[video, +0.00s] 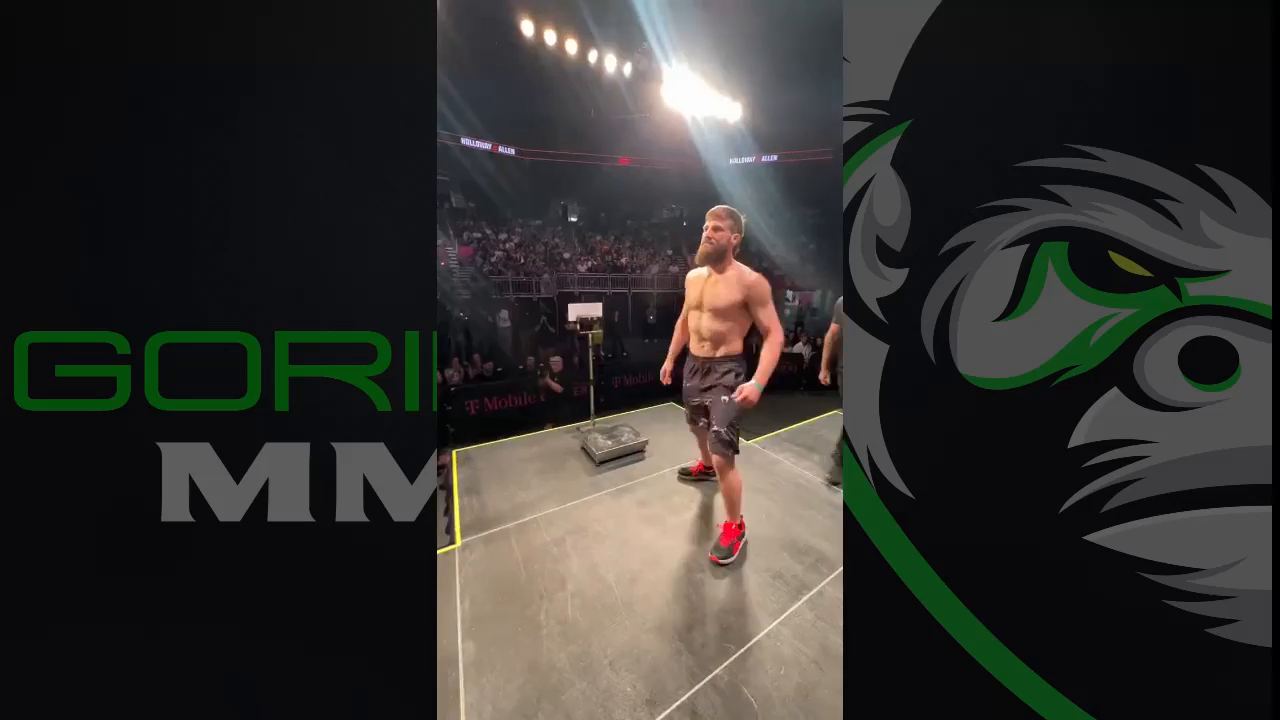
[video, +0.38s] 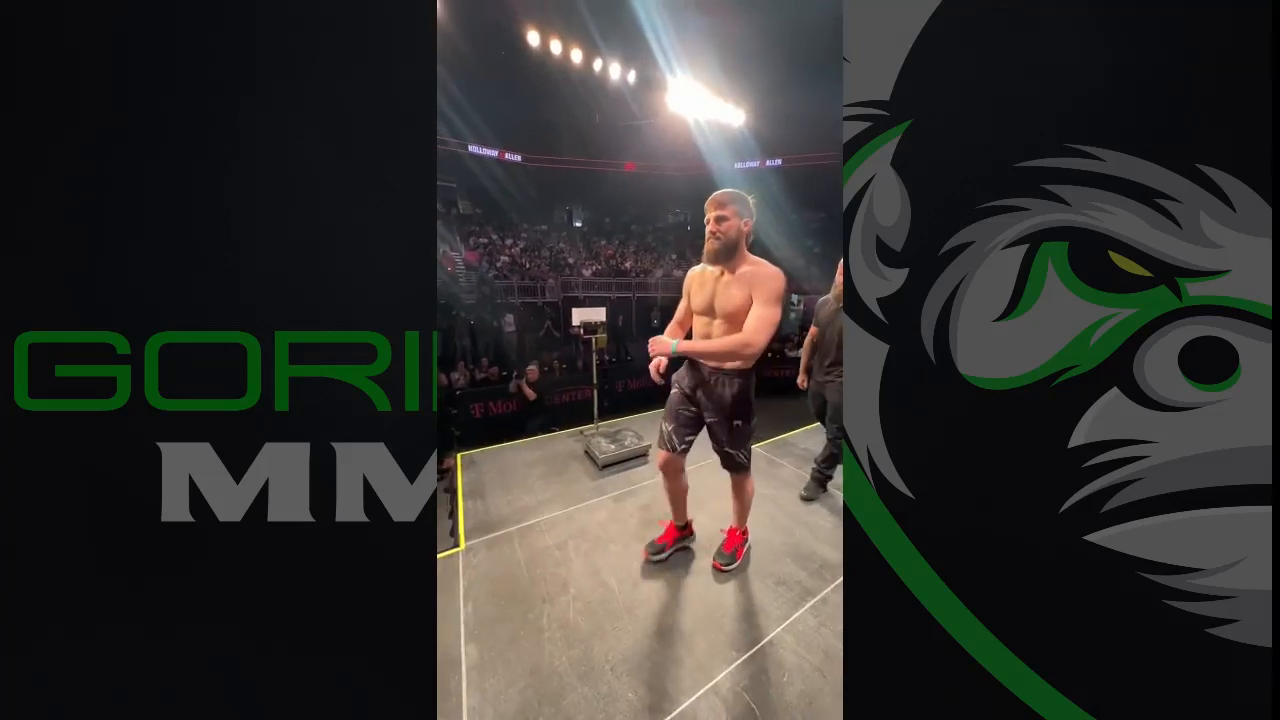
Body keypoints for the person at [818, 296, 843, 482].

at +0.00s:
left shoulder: (844, 303)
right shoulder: (844, 303)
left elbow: (833, 333)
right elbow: (833, 333)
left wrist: (824, 366)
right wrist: (824, 366)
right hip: (848, 374)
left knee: (850, 421)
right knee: (849, 421)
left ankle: (839, 469)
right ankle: (837, 469)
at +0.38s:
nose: (840, 278)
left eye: (844, 274)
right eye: (839, 273)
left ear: (851, 280)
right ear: (835, 275)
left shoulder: (855, 309)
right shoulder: (823, 304)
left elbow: (860, 345)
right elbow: (811, 337)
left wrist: (855, 378)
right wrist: (803, 369)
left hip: (840, 378)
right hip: (817, 375)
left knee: (835, 432)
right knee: (818, 413)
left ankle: (818, 479)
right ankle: (841, 440)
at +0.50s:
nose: (839, 277)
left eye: (844, 273)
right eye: (838, 272)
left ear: (852, 278)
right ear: (834, 274)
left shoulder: (855, 310)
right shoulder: (823, 304)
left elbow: (859, 347)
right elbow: (810, 338)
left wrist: (854, 381)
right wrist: (797, 370)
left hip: (839, 380)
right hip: (814, 376)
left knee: (836, 435)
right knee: (805, 413)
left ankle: (825, 482)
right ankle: (836, 445)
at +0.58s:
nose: (841, 277)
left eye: (845, 273)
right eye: (840, 272)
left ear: (852, 278)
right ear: (835, 274)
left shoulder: (858, 311)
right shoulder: (824, 305)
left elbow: (862, 347)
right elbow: (811, 340)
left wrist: (856, 382)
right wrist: (797, 372)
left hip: (844, 381)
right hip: (818, 375)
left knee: (839, 436)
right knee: (801, 415)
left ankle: (832, 487)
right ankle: (821, 453)